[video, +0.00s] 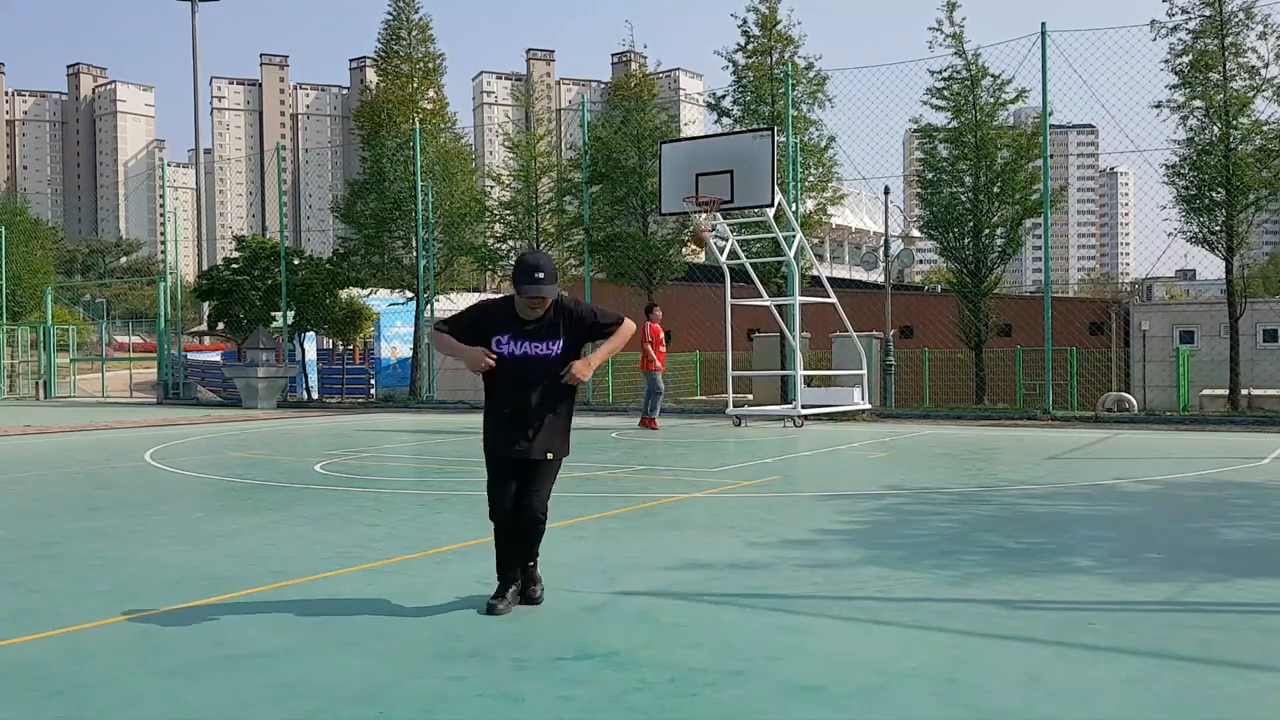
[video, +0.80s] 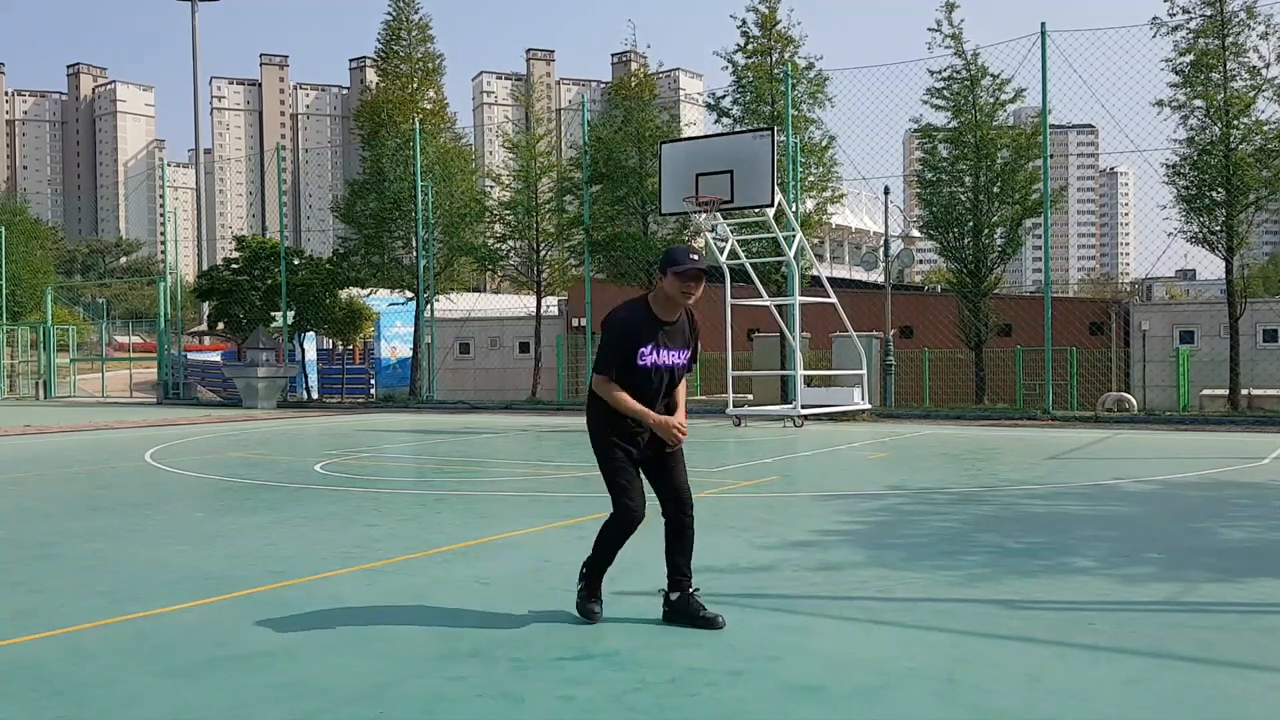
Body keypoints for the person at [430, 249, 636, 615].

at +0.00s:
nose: (536, 303)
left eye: (543, 296)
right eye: (529, 296)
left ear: (554, 289)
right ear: (514, 288)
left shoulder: (570, 313)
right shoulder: (491, 313)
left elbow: (626, 326)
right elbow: (438, 334)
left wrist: (592, 361)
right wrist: (465, 352)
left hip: (548, 432)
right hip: (501, 431)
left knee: (534, 508)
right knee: (502, 510)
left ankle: (529, 566)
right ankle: (508, 581)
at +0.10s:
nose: (545, 300)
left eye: (552, 293)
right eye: (538, 293)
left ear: (562, 288)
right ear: (522, 286)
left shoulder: (574, 317)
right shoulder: (493, 314)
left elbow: (614, 358)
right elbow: (454, 359)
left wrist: (579, 401)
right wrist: (487, 396)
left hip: (550, 422)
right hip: (503, 423)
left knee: (547, 489)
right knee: (504, 500)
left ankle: (538, 554)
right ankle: (506, 581)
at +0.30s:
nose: (575, 286)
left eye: (582, 280)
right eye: (568, 279)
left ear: (589, 279)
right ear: (549, 276)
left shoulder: (588, 314)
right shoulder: (515, 314)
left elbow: (588, 368)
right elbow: (505, 380)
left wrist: (579, 413)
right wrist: (544, 424)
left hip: (569, 415)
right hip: (521, 417)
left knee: (597, 480)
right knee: (515, 498)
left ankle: (598, 567)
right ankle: (502, 581)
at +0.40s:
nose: (592, 281)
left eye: (598, 274)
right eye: (585, 273)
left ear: (605, 274)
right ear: (566, 268)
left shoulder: (600, 310)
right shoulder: (533, 310)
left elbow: (618, 358)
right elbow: (505, 371)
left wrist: (608, 390)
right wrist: (560, 399)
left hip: (582, 422)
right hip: (535, 426)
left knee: (615, 493)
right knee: (528, 506)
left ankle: (645, 580)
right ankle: (495, 579)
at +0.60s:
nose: (652, 299)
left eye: (658, 292)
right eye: (645, 290)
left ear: (663, 294)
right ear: (623, 286)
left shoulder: (646, 328)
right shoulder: (587, 323)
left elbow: (661, 369)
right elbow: (549, 375)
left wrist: (651, 397)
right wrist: (599, 403)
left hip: (619, 441)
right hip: (572, 444)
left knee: (657, 505)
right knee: (560, 518)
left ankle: (676, 596)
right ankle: (505, 574)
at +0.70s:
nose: (683, 296)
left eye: (689, 290)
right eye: (676, 287)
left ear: (692, 293)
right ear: (653, 285)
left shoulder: (671, 330)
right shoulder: (611, 324)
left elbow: (661, 380)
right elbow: (583, 388)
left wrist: (660, 425)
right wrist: (629, 431)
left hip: (640, 432)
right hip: (593, 431)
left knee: (664, 504)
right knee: (595, 515)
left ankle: (677, 596)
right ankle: (544, 564)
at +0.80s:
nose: (693, 285)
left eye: (699, 279)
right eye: (685, 277)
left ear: (702, 283)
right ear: (662, 277)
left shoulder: (688, 323)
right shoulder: (625, 319)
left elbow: (679, 374)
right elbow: (600, 383)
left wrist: (679, 417)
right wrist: (653, 419)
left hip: (658, 426)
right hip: (613, 425)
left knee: (680, 506)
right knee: (631, 510)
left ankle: (679, 596)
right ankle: (590, 581)